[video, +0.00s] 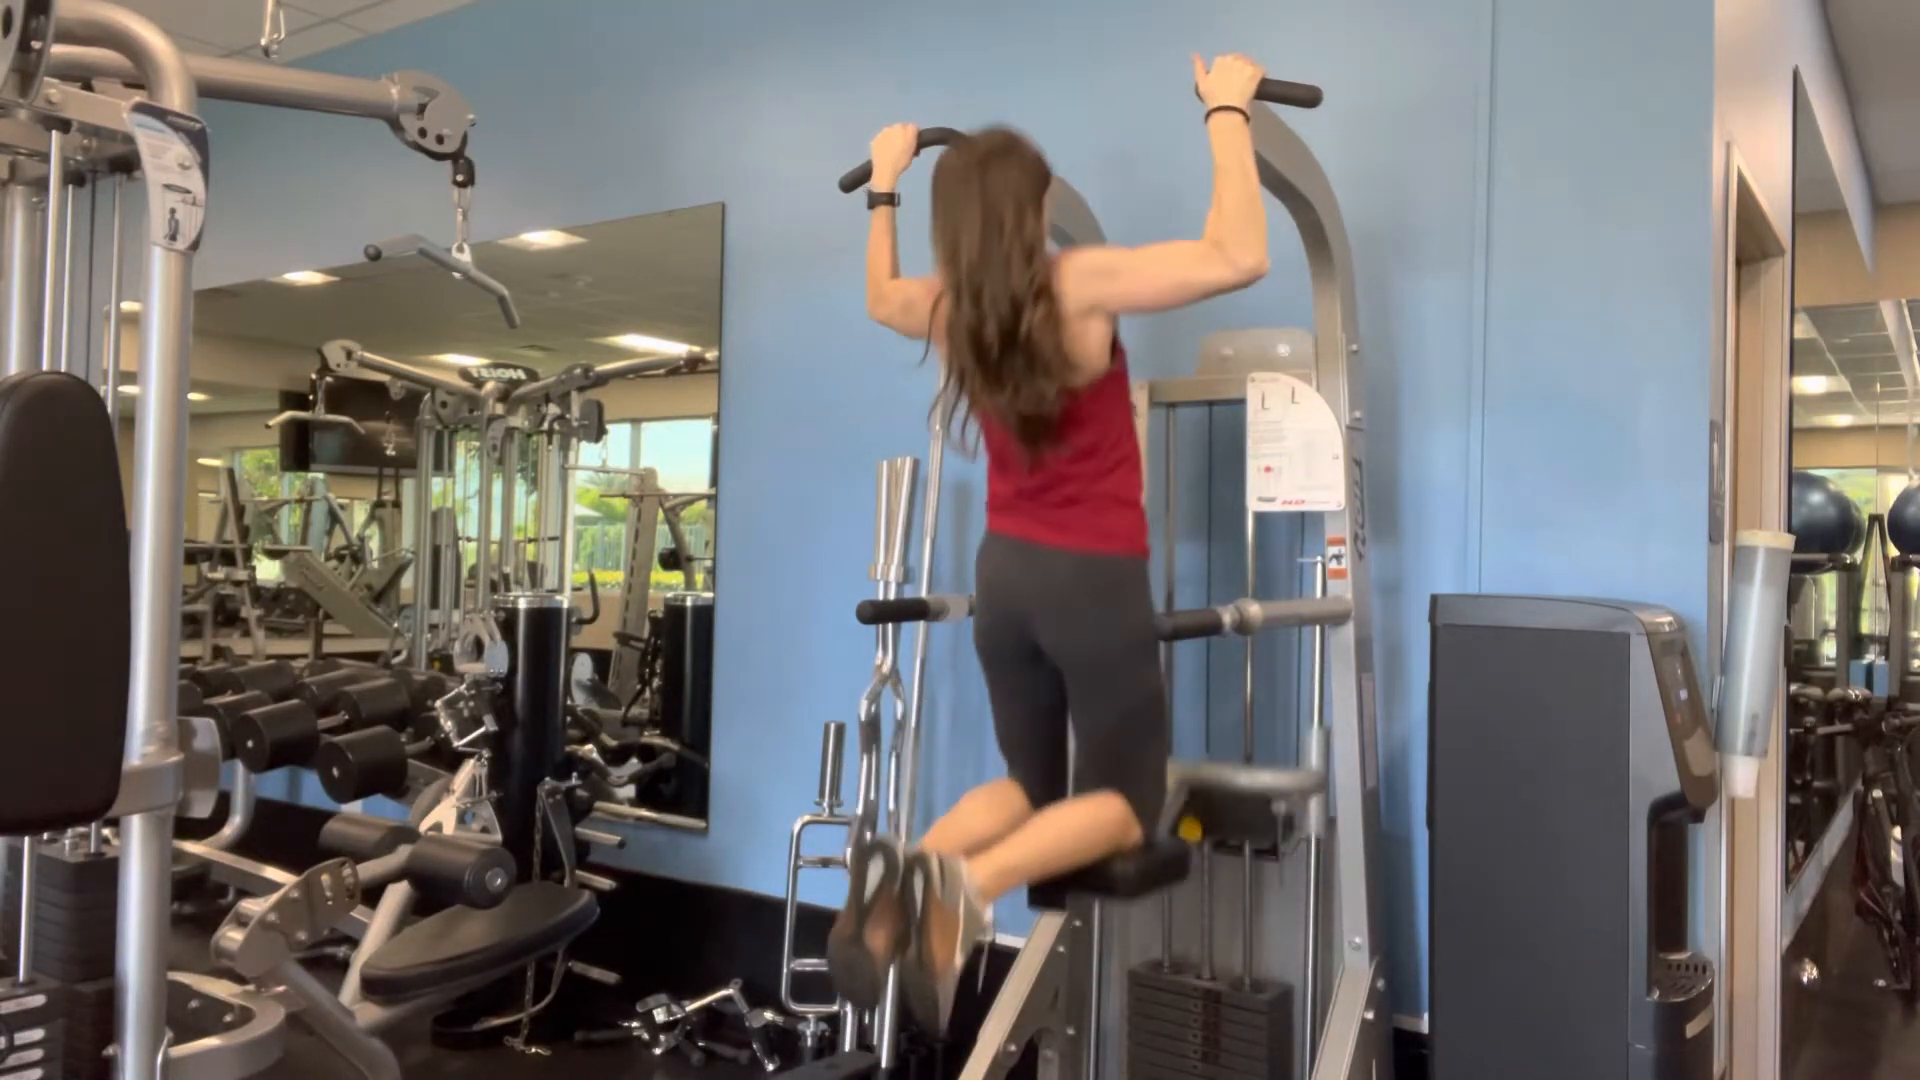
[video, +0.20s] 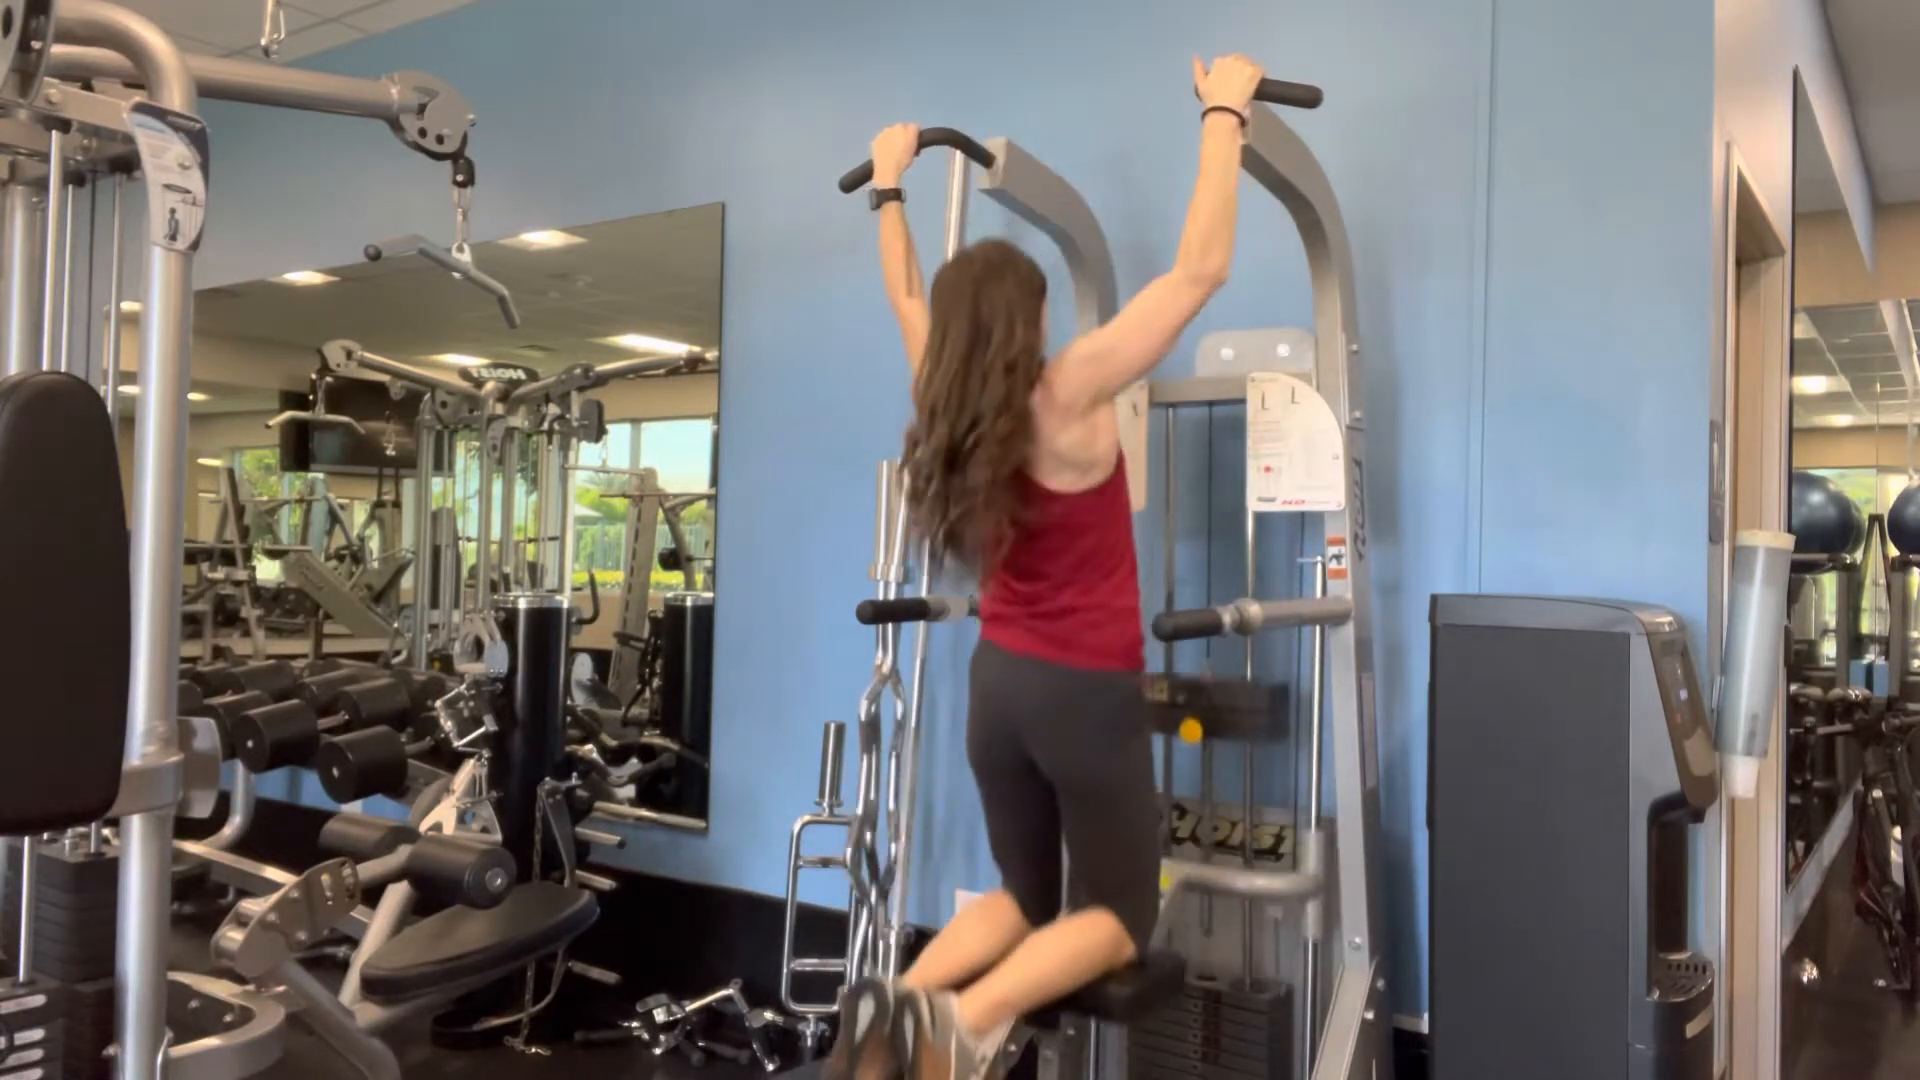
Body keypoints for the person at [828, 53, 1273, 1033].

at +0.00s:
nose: (1054, 199)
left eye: (1040, 185)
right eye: (1046, 187)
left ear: (953, 216)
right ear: (1036, 204)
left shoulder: (952, 304)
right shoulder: (1077, 278)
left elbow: (880, 295)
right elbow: (1237, 256)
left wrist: (882, 187)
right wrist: (1228, 113)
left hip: (1004, 577)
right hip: (1093, 580)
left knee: (1031, 784)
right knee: (1127, 804)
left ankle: (913, 866)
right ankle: (970, 887)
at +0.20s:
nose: (1048, 307)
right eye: (1037, 295)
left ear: (956, 322)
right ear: (1034, 312)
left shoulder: (955, 395)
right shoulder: (1076, 382)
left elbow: (905, 293)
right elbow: (1200, 270)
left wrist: (885, 185)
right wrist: (1225, 114)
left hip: (997, 685)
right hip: (1087, 693)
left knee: (1023, 894)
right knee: (1119, 916)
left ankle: (900, 1002)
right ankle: (965, 1028)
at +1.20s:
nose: (1064, 152)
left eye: (1057, 143)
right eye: (1059, 142)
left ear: (963, 158)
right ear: (1047, 150)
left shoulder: (965, 247)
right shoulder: (1089, 232)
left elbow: (874, 298)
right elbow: (1248, 253)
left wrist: (881, 185)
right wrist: (1232, 113)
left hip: (1003, 524)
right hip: (1092, 531)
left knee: (1029, 749)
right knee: (1126, 762)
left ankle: (903, 854)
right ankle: (964, 867)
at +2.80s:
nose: (1032, 287)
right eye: (1023, 275)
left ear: (945, 307)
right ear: (1025, 293)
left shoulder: (946, 383)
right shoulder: (1069, 366)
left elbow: (900, 293)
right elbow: (1205, 270)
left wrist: (884, 184)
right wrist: (1224, 117)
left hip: (992, 664)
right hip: (1081, 672)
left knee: (1020, 878)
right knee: (1121, 900)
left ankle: (890, 984)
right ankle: (950, 1002)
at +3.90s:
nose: (1056, 146)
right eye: (1051, 135)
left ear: (953, 153)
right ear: (1039, 144)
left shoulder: (956, 239)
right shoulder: (1075, 227)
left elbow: (883, 300)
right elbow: (1238, 256)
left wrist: (885, 187)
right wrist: (1231, 117)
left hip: (1001, 520)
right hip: (1090, 527)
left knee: (1026, 742)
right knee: (1132, 755)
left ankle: (903, 855)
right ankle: (966, 859)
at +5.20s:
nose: (1057, 120)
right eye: (1053, 106)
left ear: (955, 126)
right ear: (1044, 117)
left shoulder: (943, 222)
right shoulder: (1083, 200)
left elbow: (884, 297)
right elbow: (1228, 255)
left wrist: (880, 188)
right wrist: (1233, 114)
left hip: (1005, 490)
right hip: (1088, 493)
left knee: (1041, 697)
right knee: (1144, 713)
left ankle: (912, 782)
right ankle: (973, 789)